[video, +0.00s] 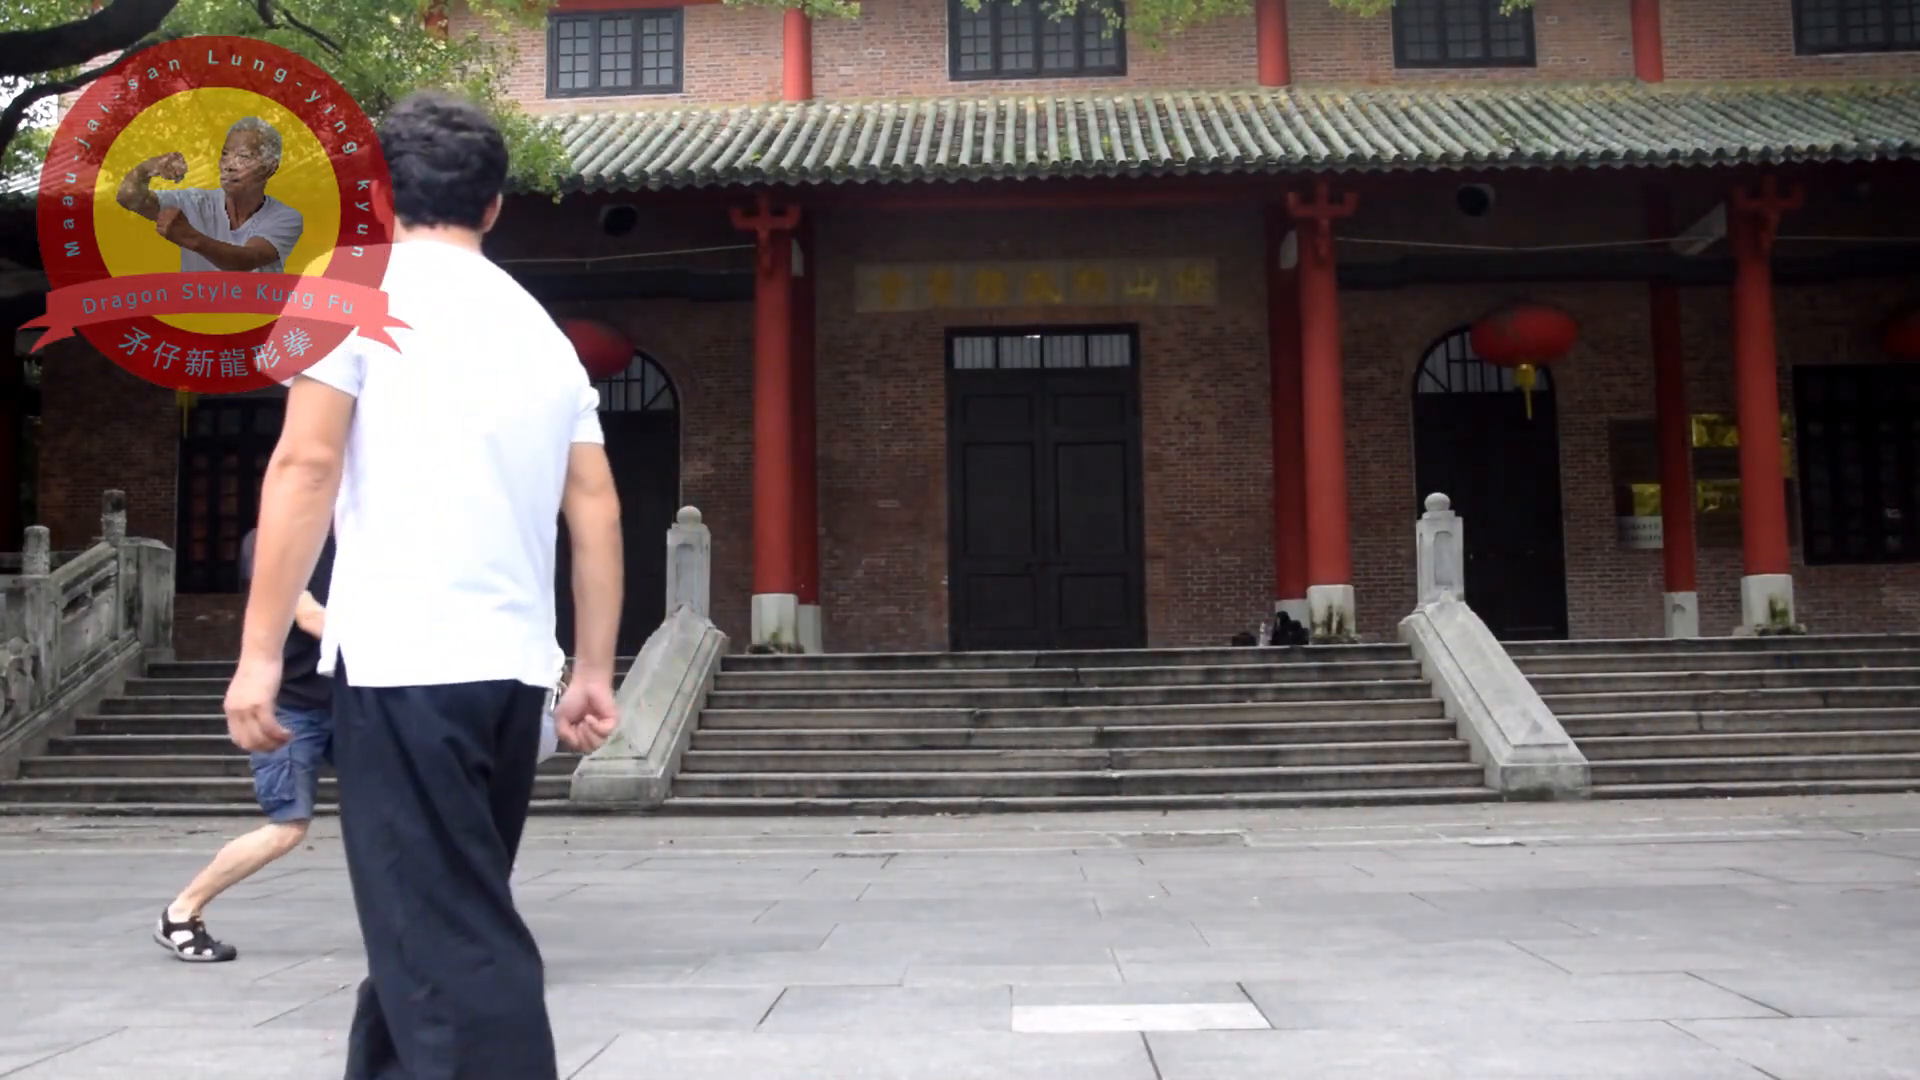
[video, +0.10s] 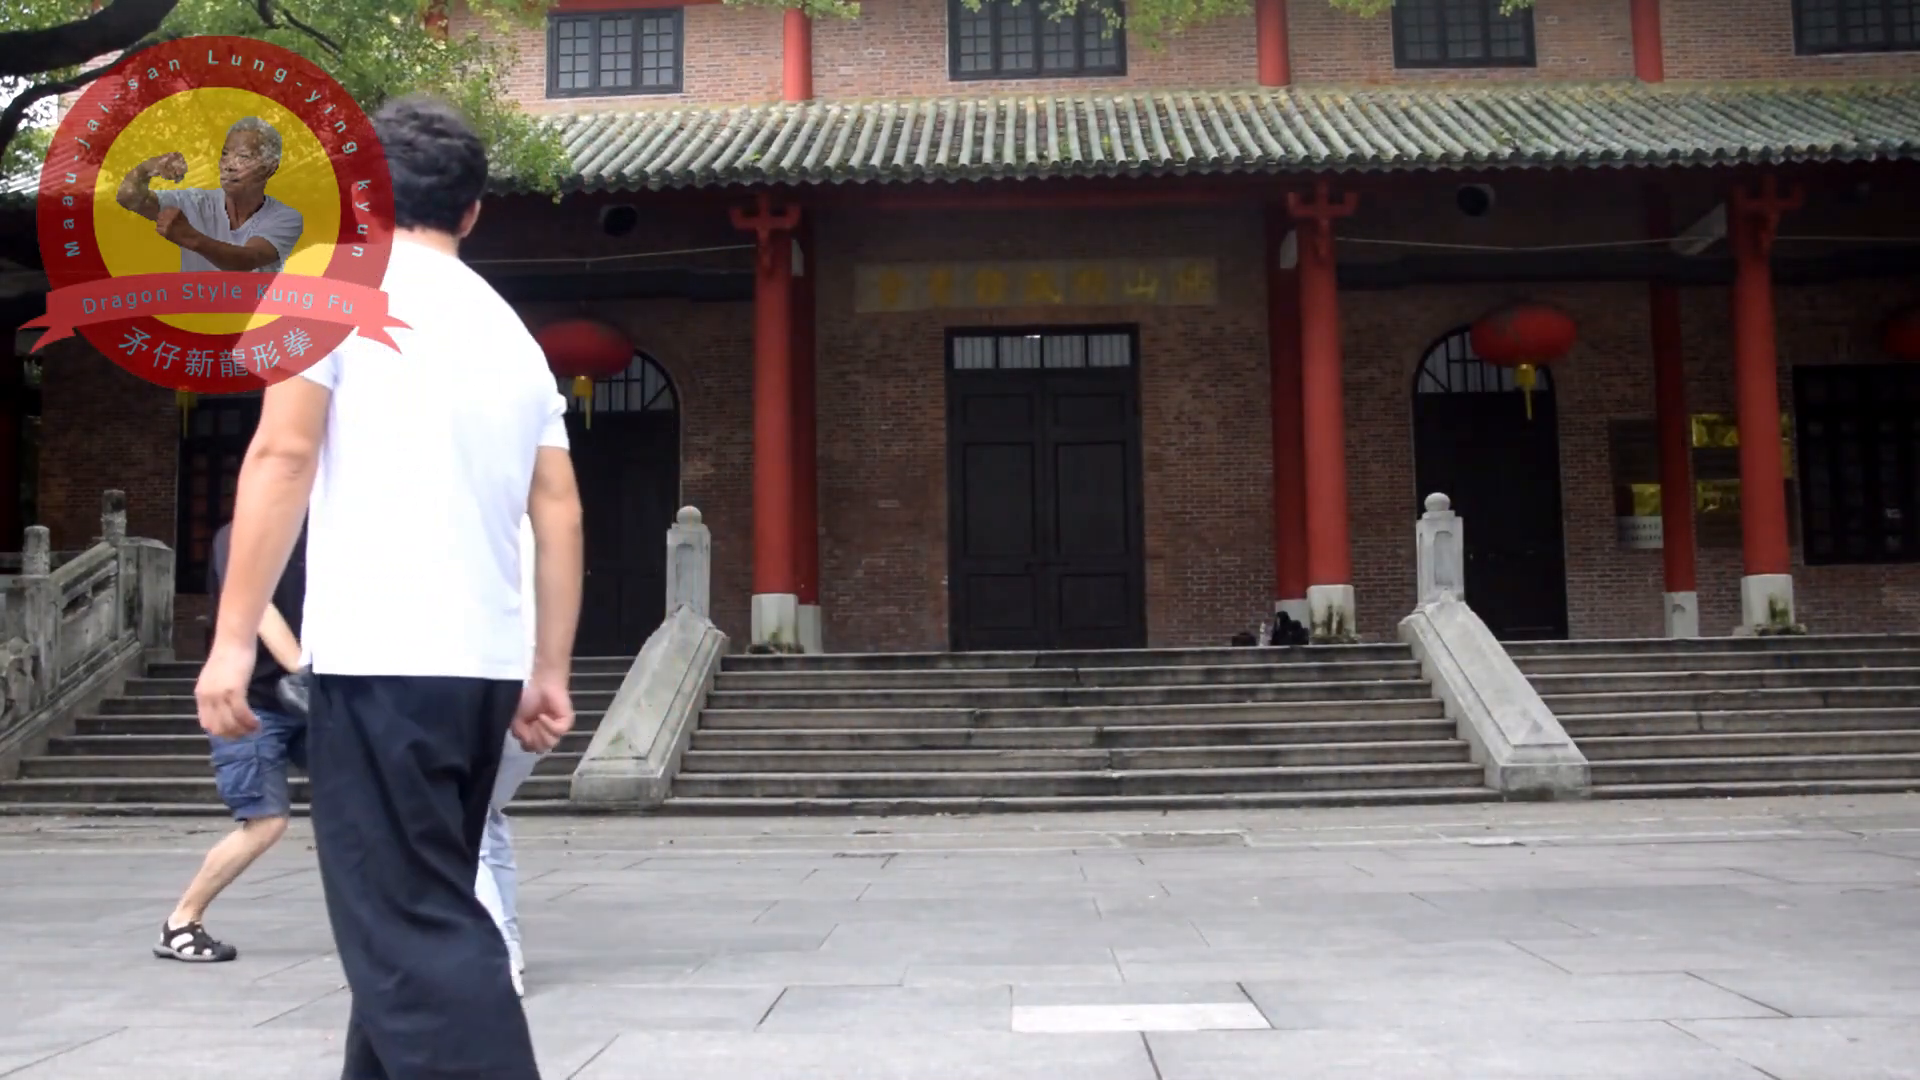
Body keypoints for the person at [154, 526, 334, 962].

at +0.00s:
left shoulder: (357, 537)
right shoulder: (277, 541)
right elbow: (310, 616)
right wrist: (372, 634)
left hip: (347, 700)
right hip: (291, 702)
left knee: (402, 814)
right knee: (287, 827)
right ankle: (181, 913)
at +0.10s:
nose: (292, 489)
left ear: (307, 489)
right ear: (257, 487)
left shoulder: (315, 538)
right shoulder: (238, 539)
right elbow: (257, 608)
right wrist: (306, 671)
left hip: (306, 697)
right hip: (250, 699)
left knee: (366, 801)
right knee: (266, 822)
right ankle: (181, 923)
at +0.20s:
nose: (265, 488)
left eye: (270, 483)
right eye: (256, 482)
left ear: (277, 489)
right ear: (236, 487)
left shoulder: (290, 540)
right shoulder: (213, 535)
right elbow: (214, 590)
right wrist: (256, 631)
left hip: (274, 691)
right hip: (218, 691)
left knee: (302, 794)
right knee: (255, 810)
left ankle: (286, 899)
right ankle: (180, 924)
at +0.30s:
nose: (258, 484)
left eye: (262, 480)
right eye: (250, 478)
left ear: (265, 485)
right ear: (218, 482)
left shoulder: (265, 528)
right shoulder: (193, 529)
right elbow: (201, 577)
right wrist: (263, 541)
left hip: (240, 688)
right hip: (190, 686)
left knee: (253, 802)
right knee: (235, 804)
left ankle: (159, 879)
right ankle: (180, 924)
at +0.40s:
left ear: (251, 476)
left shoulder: (252, 528)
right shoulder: (202, 515)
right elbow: (162, 537)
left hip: (206, 683)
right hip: (169, 676)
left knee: (183, 809)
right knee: (222, 792)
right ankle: (177, 926)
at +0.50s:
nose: (229, 466)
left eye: (234, 463)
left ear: (239, 467)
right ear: (209, 458)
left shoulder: (234, 515)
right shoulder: (178, 502)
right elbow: (144, 536)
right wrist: (198, 480)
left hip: (178, 684)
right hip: (143, 680)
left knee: (116, 802)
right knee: (209, 785)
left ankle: (21, 900)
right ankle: (175, 922)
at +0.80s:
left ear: (171, 484)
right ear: (138, 487)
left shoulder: (175, 519)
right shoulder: (123, 515)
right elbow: (108, 542)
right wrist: (157, 488)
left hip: (145, 688)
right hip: (116, 688)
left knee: (100, 816)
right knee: (183, 803)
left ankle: (12, 911)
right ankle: (178, 930)